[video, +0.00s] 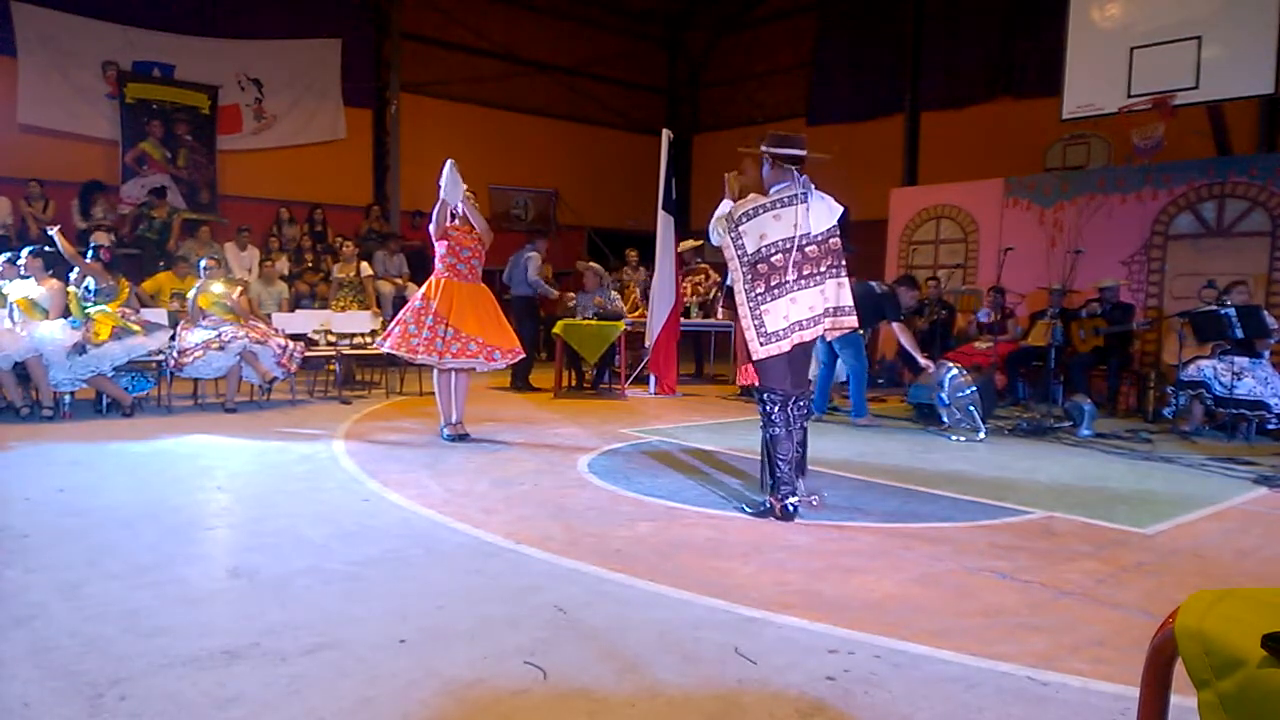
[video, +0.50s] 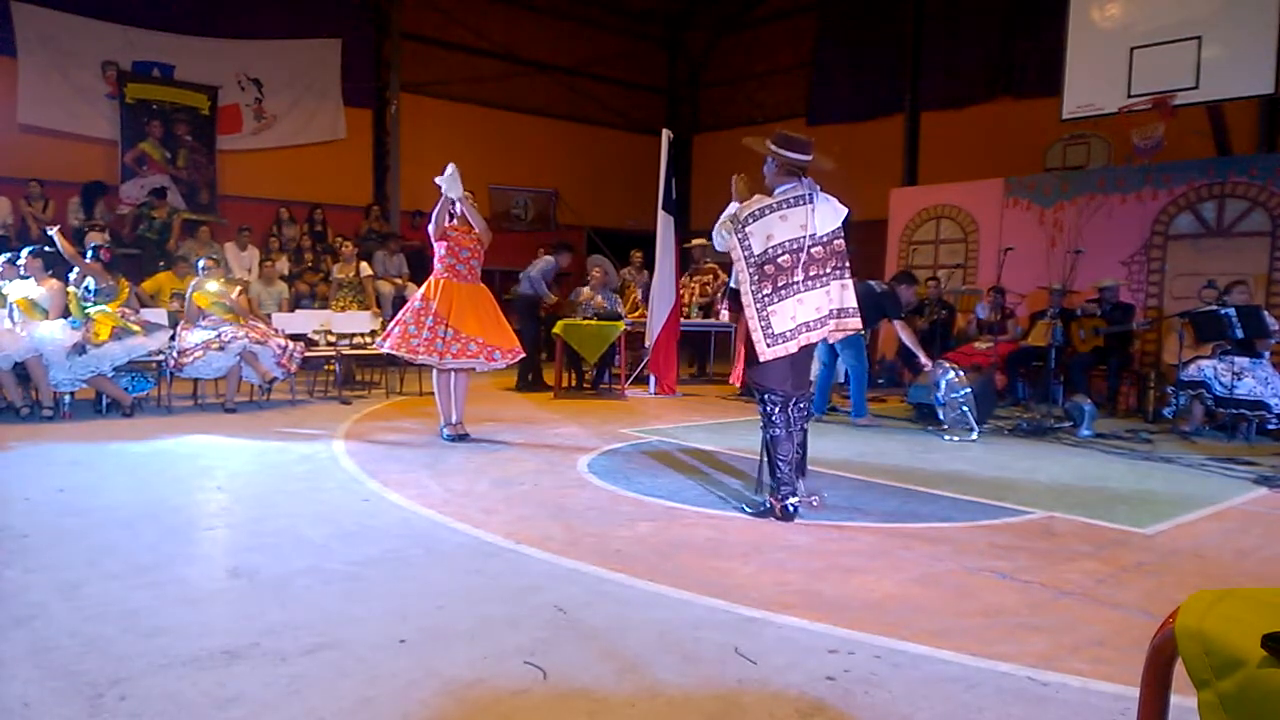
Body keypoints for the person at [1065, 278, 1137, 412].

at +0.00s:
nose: (1111, 294)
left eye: (1114, 291)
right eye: (1108, 291)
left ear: (1118, 292)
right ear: (1101, 293)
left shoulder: (1126, 308)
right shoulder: (1093, 304)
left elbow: (1121, 320)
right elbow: (1067, 316)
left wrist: (1102, 311)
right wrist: (1084, 312)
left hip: (1117, 349)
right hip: (1096, 348)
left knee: (1114, 365)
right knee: (1077, 362)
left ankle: (1111, 404)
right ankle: (1082, 400)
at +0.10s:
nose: (1111, 294)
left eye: (1114, 291)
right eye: (1108, 291)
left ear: (1118, 292)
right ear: (1101, 293)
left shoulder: (1126, 308)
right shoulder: (1093, 304)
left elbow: (1121, 320)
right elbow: (1067, 316)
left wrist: (1102, 311)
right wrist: (1084, 312)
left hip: (1117, 349)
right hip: (1096, 348)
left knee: (1114, 365)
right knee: (1077, 362)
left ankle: (1111, 404)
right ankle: (1082, 400)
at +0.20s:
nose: (1111, 295)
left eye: (1114, 291)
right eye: (1107, 291)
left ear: (1117, 292)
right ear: (1101, 293)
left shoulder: (1126, 308)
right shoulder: (1092, 305)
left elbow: (1120, 320)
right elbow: (1067, 316)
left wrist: (1101, 311)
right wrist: (1084, 312)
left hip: (1117, 349)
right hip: (1096, 348)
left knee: (1114, 365)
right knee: (1077, 362)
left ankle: (1111, 403)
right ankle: (1082, 400)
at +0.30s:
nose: (1111, 294)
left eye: (1113, 291)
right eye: (1107, 291)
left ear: (1117, 292)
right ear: (1100, 293)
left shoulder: (1126, 308)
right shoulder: (1092, 304)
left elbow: (1120, 321)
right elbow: (1067, 316)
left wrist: (1101, 312)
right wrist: (1084, 312)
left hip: (1117, 349)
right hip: (1096, 348)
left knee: (1115, 365)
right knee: (1077, 362)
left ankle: (1111, 403)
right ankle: (1082, 400)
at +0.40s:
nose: (1112, 294)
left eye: (1114, 290)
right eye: (1108, 291)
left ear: (1118, 292)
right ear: (1101, 292)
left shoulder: (1126, 308)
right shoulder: (1093, 304)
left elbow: (1120, 320)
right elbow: (1066, 316)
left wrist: (1101, 312)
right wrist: (1081, 313)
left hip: (1117, 349)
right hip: (1096, 348)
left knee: (1115, 365)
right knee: (1077, 362)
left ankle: (1111, 403)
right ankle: (1082, 400)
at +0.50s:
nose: (1112, 294)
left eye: (1114, 291)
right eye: (1108, 291)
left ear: (1118, 292)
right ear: (1101, 293)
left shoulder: (1127, 308)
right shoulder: (1092, 305)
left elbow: (1121, 320)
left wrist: (1098, 312)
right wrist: (1080, 313)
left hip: (1118, 349)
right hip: (1097, 348)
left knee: (1115, 365)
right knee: (1077, 362)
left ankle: (1111, 403)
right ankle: (1082, 400)